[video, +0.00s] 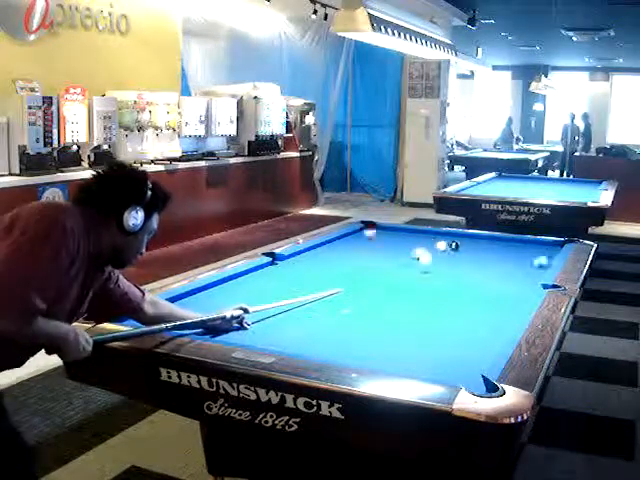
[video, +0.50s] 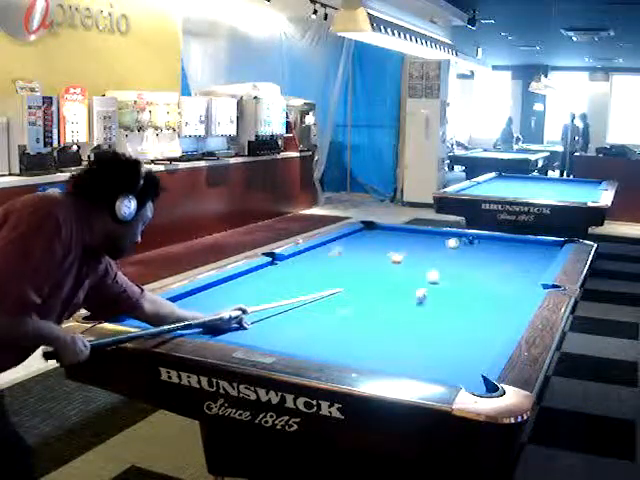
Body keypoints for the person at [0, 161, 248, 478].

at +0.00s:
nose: (145, 249)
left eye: (151, 238)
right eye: (148, 236)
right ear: (128, 220)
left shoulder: (88, 264)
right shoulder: (54, 224)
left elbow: (145, 306)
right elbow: (9, 315)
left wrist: (210, 322)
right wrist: (62, 336)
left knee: (20, 456)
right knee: (18, 457)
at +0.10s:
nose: (145, 249)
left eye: (150, 238)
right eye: (147, 236)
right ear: (128, 220)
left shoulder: (88, 264)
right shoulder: (54, 224)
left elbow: (145, 306)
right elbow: (9, 315)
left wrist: (209, 322)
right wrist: (64, 335)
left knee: (21, 457)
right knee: (18, 457)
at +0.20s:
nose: (144, 248)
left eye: (149, 237)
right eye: (146, 235)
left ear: (126, 220)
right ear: (127, 219)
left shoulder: (86, 262)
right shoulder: (53, 224)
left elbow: (145, 307)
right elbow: (9, 316)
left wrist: (209, 322)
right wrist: (64, 334)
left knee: (21, 458)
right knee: (18, 458)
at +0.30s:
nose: (143, 244)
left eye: (148, 234)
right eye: (145, 231)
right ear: (125, 216)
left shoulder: (86, 263)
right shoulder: (50, 224)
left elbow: (145, 305)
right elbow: (9, 315)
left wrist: (208, 322)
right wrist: (63, 333)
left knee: (18, 456)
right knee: (16, 456)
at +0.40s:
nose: (142, 242)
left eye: (147, 232)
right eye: (144, 229)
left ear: (124, 214)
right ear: (124, 214)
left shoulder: (86, 263)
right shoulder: (49, 221)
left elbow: (145, 304)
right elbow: (9, 311)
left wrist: (208, 322)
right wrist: (60, 332)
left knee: (19, 457)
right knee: (17, 457)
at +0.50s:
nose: (141, 236)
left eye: (146, 226)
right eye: (143, 223)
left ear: (121, 209)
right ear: (122, 207)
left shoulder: (87, 255)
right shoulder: (45, 218)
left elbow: (141, 302)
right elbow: (8, 315)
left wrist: (208, 321)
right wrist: (55, 336)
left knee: (18, 457)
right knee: (16, 457)